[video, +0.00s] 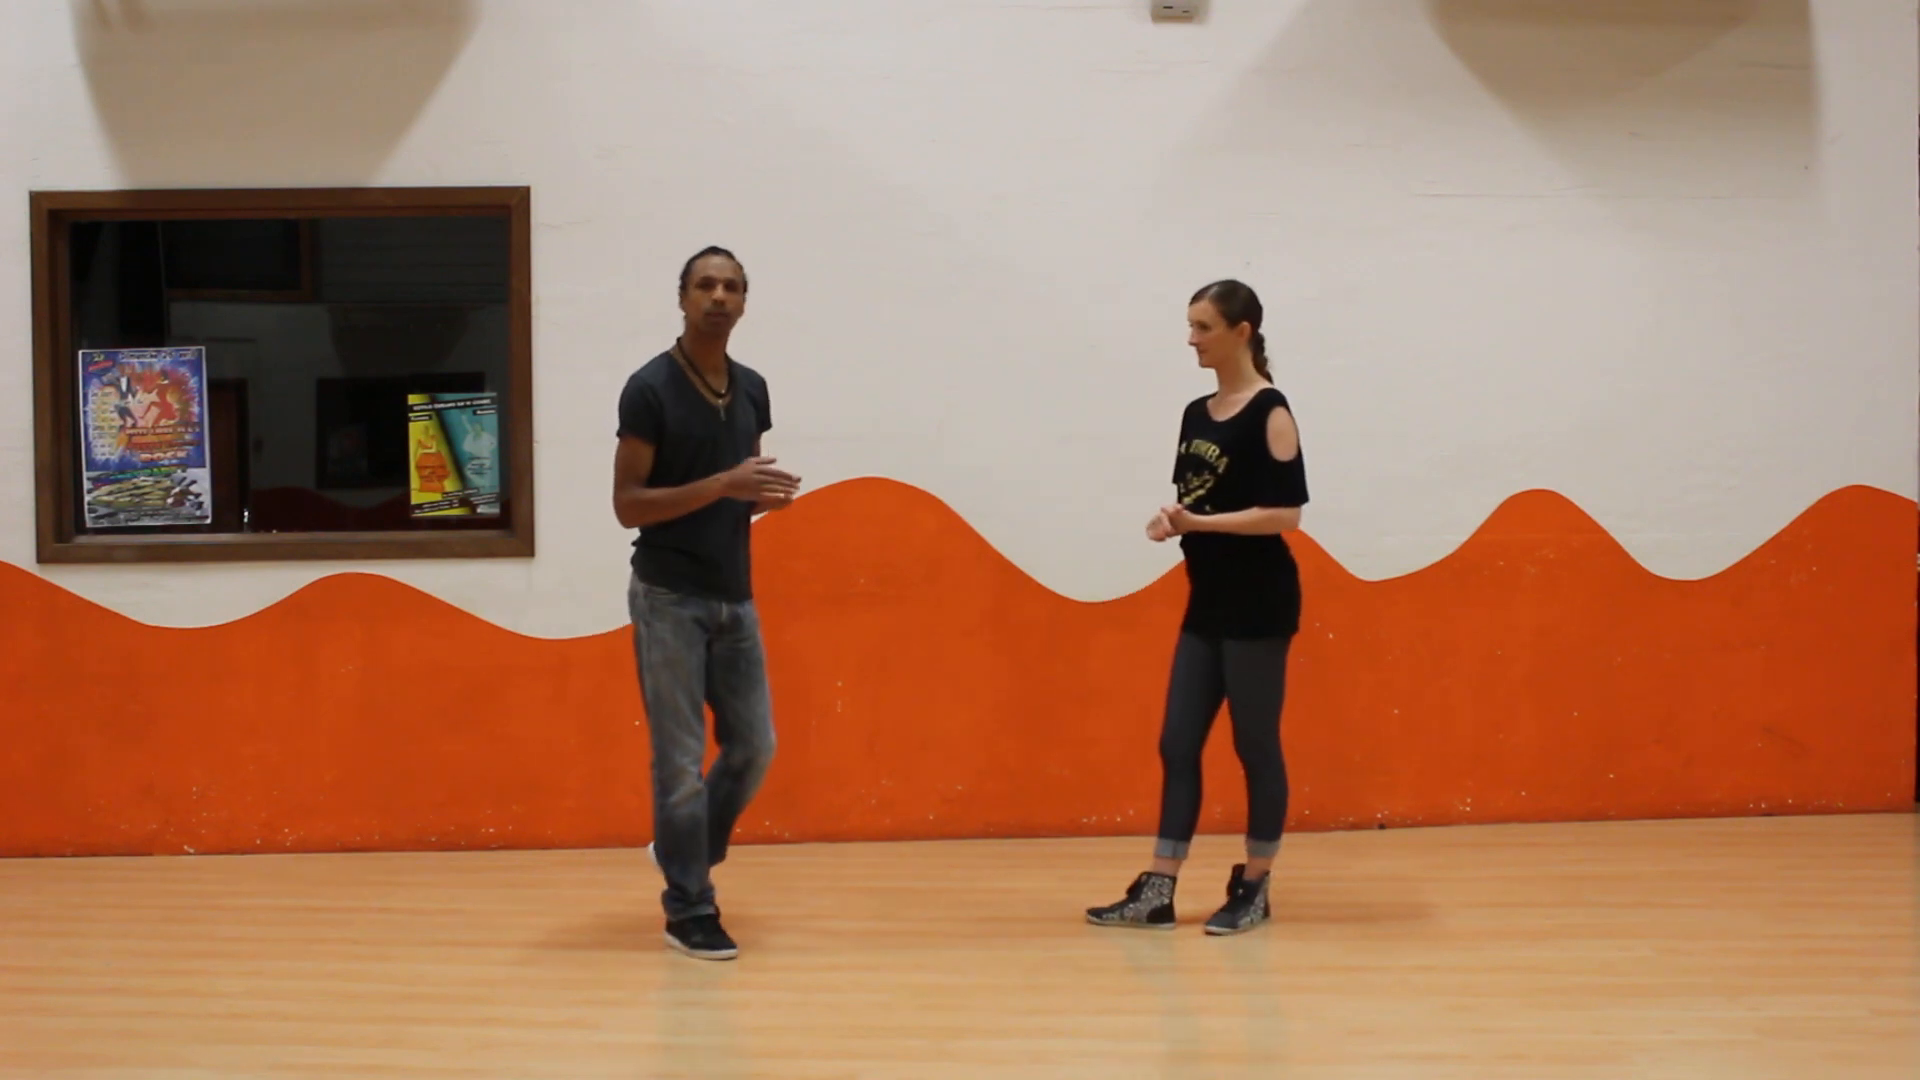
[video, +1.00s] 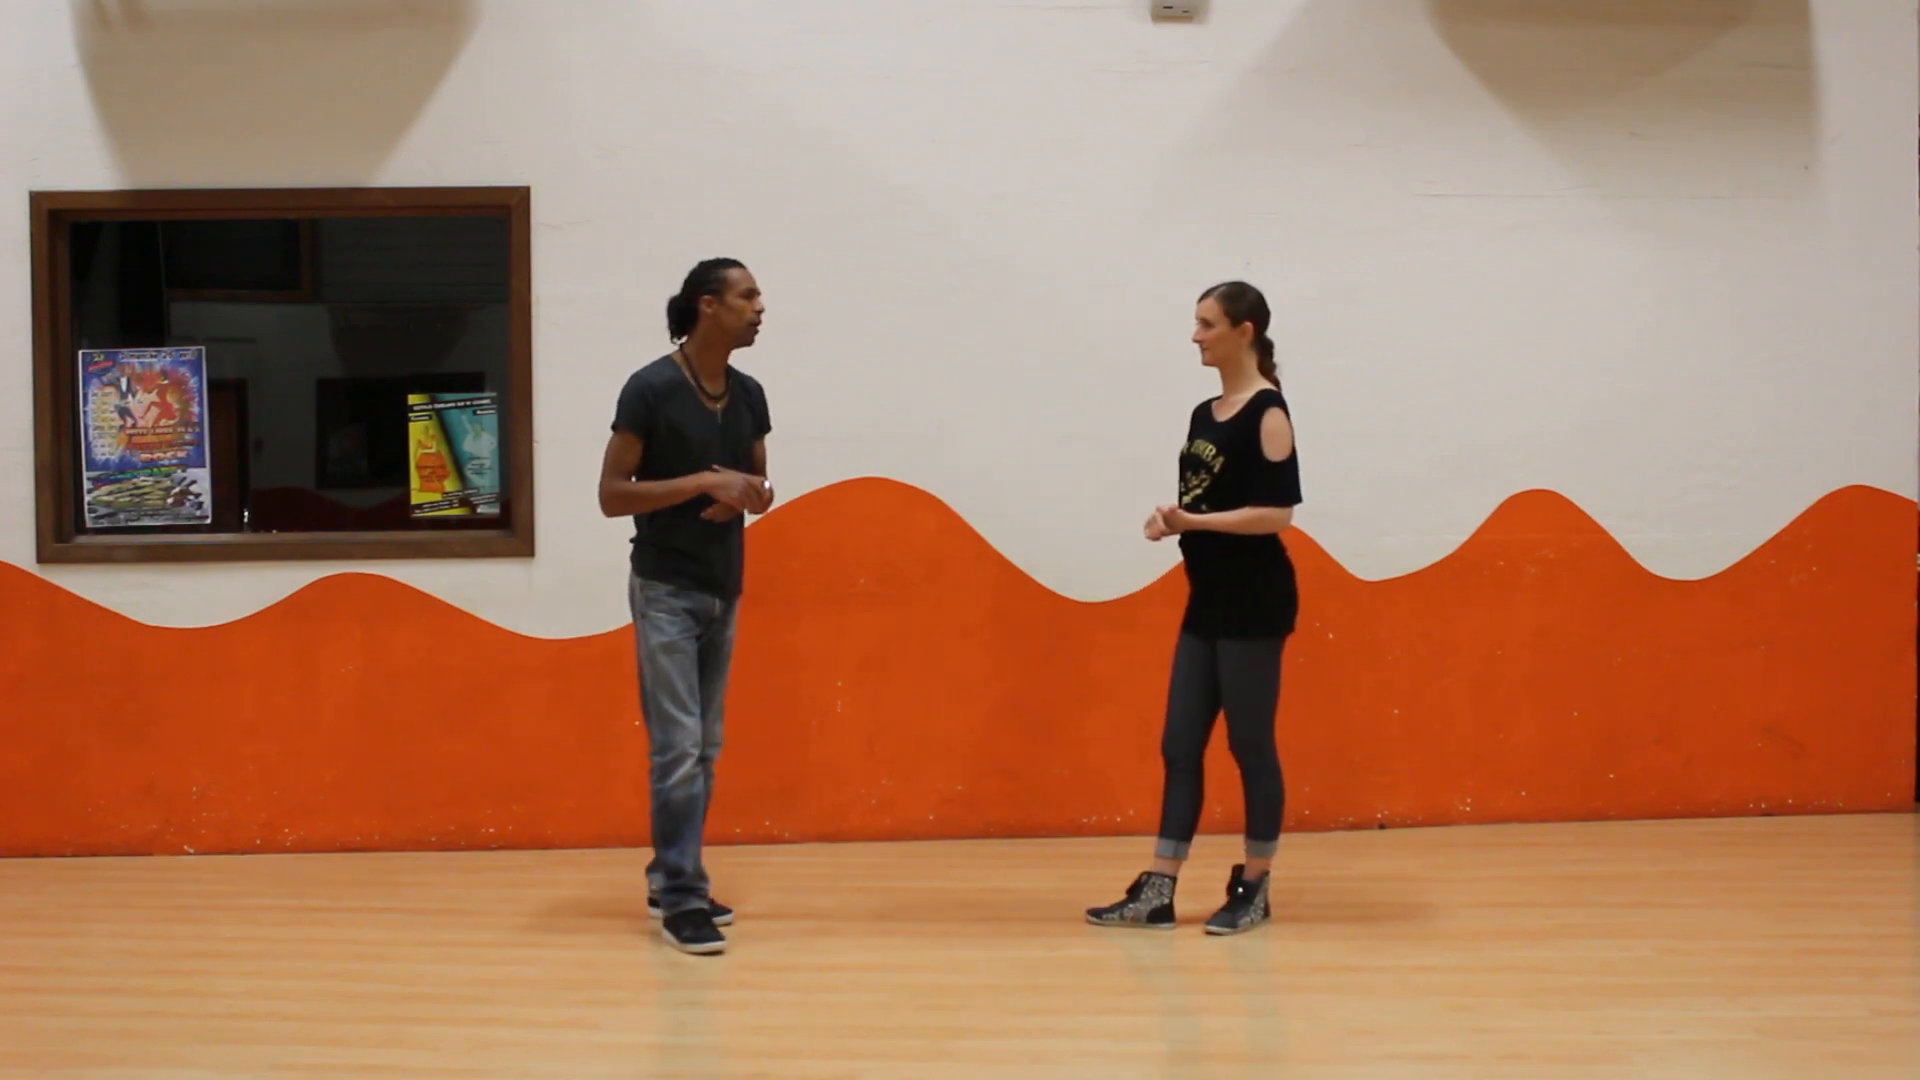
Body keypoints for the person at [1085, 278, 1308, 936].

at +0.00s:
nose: (1193, 340)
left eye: (1204, 328)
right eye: (1191, 328)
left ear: (1244, 330)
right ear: (1205, 333)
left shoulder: (1272, 414)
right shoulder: (1197, 413)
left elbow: (1285, 515)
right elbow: (1201, 501)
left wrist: (1198, 522)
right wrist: (1175, 516)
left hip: (1260, 606)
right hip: (1207, 602)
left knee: (1258, 745)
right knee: (1178, 744)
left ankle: (1252, 890)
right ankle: (1158, 890)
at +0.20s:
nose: (1195, 337)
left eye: (1206, 326)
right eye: (1195, 326)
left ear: (1247, 331)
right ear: (1213, 332)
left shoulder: (1273, 415)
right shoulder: (1199, 413)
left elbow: (1284, 516)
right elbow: (1205, 502)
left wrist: (1197, 522)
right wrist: (1176, 517)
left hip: (1260, 606)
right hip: (1207, 602)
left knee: (1258, 746)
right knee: (1179, 746)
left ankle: (1253, 890)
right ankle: (1158, 890)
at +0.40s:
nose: (1195, 336)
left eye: (1207, 325)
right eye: (1196, 324)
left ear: (1247, 331)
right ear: (1219, 331)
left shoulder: (1271, 414)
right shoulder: (1202, 413)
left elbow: (1281, 515)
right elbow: (1208, 503)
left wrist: (1195, 522)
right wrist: (1176, 517)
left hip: (1259, 605)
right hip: (1208, 600)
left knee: (1256, 745)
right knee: (1180, 744)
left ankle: (1253, 890)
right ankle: (1158, 889)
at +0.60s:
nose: (1195, 337)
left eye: (1207, 325)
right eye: (1196, 325)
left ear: (1247, 330)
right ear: (1223, 331)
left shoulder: (1270, 414)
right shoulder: (1204, 413)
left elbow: (1278, 515)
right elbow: (1214, 505)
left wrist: (1192, 521)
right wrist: (1175, 518)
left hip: (1257, 605)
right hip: (1207, 600)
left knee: (1254, 745)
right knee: (1181, 745)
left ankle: (1253, 889)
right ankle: (1157, 890)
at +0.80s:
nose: (1195, 336)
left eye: (1206, 325)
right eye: (1195, 325)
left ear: (1247, 330)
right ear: (1230, 331)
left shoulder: (1269, 413)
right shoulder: (1205, 412)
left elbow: (1276, 515)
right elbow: (1213, 504)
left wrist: (1192, 521)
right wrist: (1175, 518)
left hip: (1255, 604)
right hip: (1207, 600)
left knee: (1254, 745)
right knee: (1180, 745)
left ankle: (1253, 889)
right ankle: (1158, 890)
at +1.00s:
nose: (1196, 336)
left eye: (1207, 326)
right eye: (1197, 325)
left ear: (1247, 331)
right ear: (1230, 331)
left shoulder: (1270, 414)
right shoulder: (1205, 412)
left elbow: (1276, 514)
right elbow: (1211, 503)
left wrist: (1193, 520)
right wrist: (1175, 517)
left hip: (1255, 604)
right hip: (1207, 599)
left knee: (1252, 745)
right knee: (1180, 746)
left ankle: (1253, 889)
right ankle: (1158, 889)